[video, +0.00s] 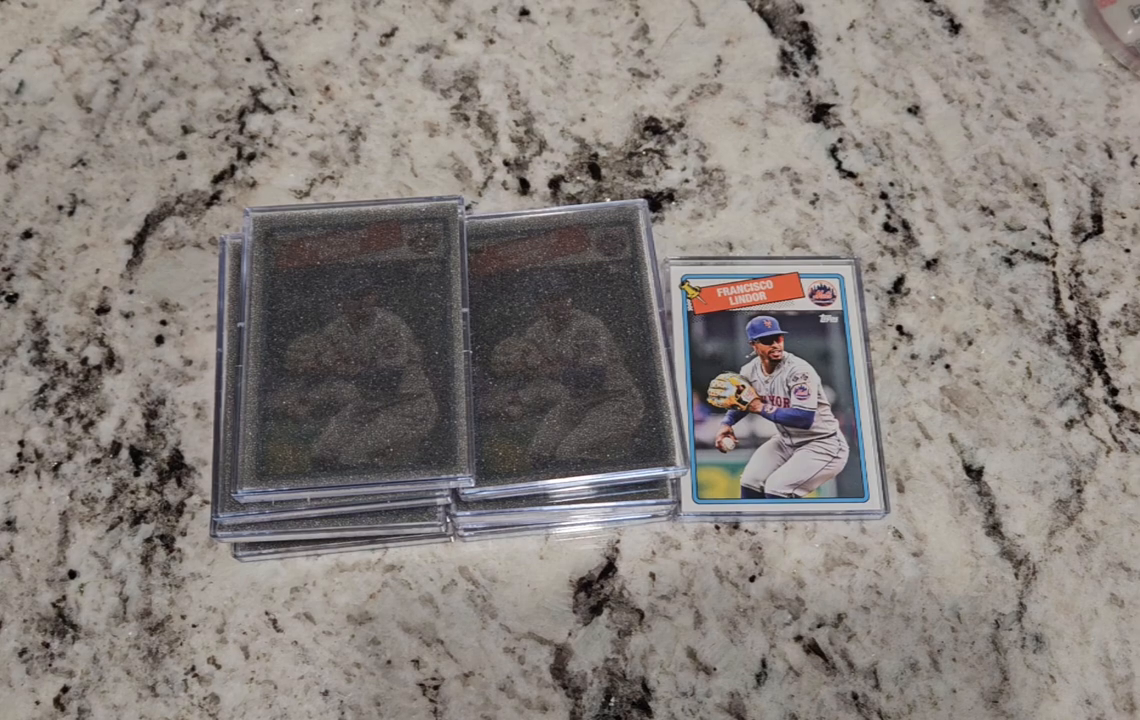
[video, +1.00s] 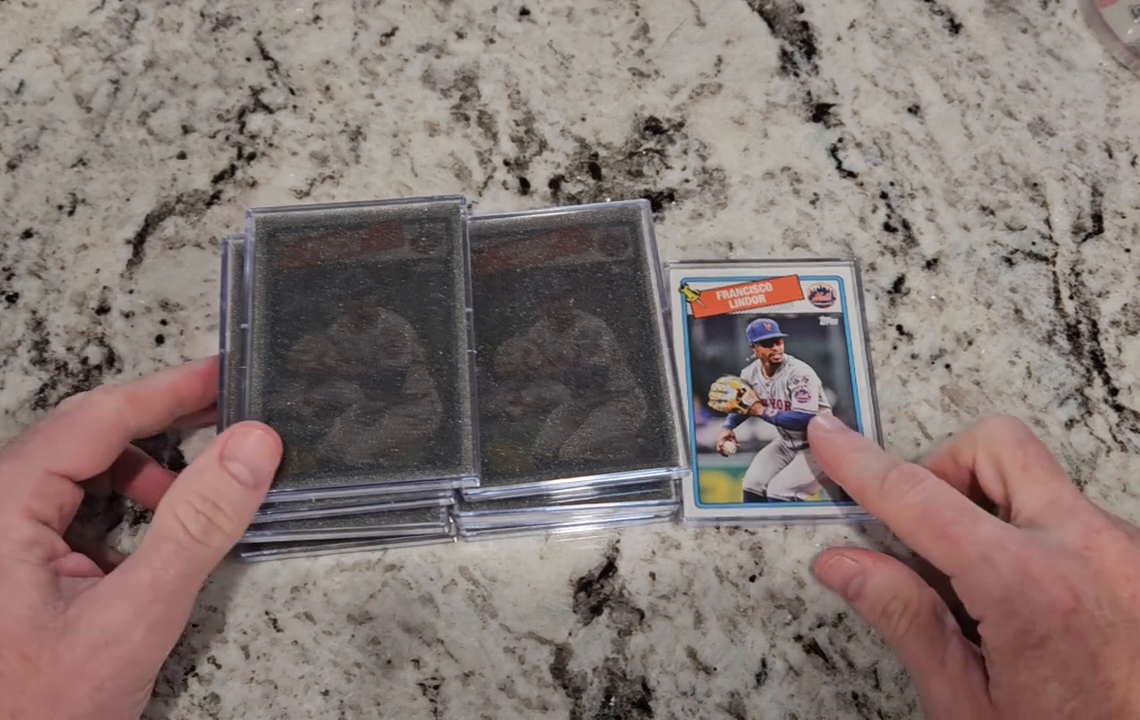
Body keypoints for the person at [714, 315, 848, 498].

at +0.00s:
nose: (775, 345)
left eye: (778, 339)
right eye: (767, 341)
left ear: (783, 339)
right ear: (754, 346)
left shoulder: (800, 371)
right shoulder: (748, 372)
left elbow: (803, 419)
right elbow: (742, 403)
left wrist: (760, 407)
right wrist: (726, 425)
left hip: (824, 445)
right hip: (786, 443)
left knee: (776, 488)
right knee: (750, 482)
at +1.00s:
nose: (776, 348)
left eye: (778, 342)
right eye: (768, 344)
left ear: (783, 341)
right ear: (755, 349)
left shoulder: (800, 373)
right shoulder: (749, 374)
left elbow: (805, 420)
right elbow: (744, 407)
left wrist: (761, 410)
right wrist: (727, 428)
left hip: (817, 447)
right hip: (785, 445)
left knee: (779, 491)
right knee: (752, 486)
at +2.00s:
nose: (816, 389)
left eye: (818, 382)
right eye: (807, 386)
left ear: (823, 382)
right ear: (794, 391)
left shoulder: (842, 415)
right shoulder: (790, 417)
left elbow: (848, 464)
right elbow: (786, 449)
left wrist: (805, 455)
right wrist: (770, 474)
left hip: (867, 489)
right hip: (831, 489)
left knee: (826, 537)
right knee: (799, 533)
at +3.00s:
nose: (798, 385)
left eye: (800, 378)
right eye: (789, 381)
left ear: (804, 377)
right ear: (776, 386)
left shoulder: (823, 410)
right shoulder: (772, 413)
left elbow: (830, 460)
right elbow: (768, 446)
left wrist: (786, 449)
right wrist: (752, 469)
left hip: (852, 485)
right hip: (814, 485)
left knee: (807, 532)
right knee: (781, 529)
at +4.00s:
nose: (798, 384)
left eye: (800, 378)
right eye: (789, 381)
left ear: (804, 377)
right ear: (776, 386)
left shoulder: (823, 409)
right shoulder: (772, 413)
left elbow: (830, 459)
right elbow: (768, 445)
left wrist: (786, 449)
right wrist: (752, 469)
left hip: (852, 485)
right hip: (814, 484)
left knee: (807, 531)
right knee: (781, 528)